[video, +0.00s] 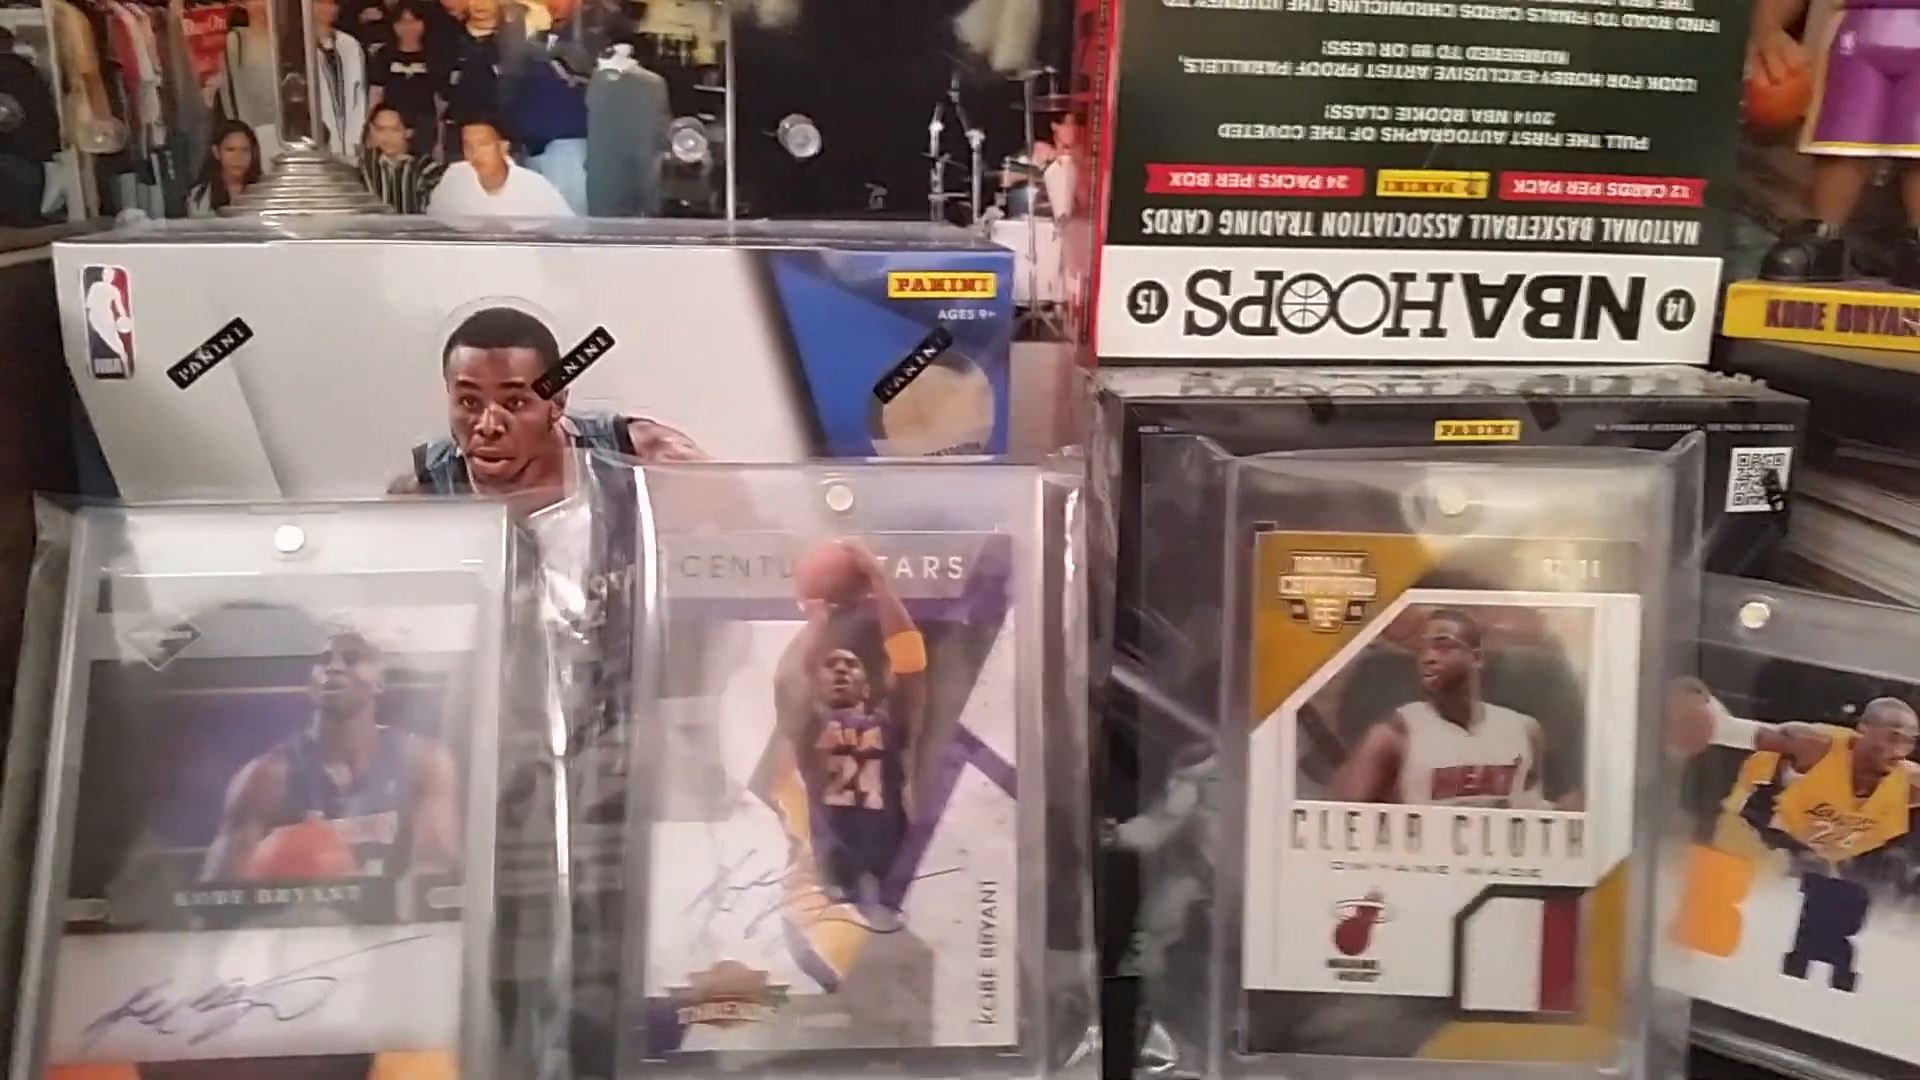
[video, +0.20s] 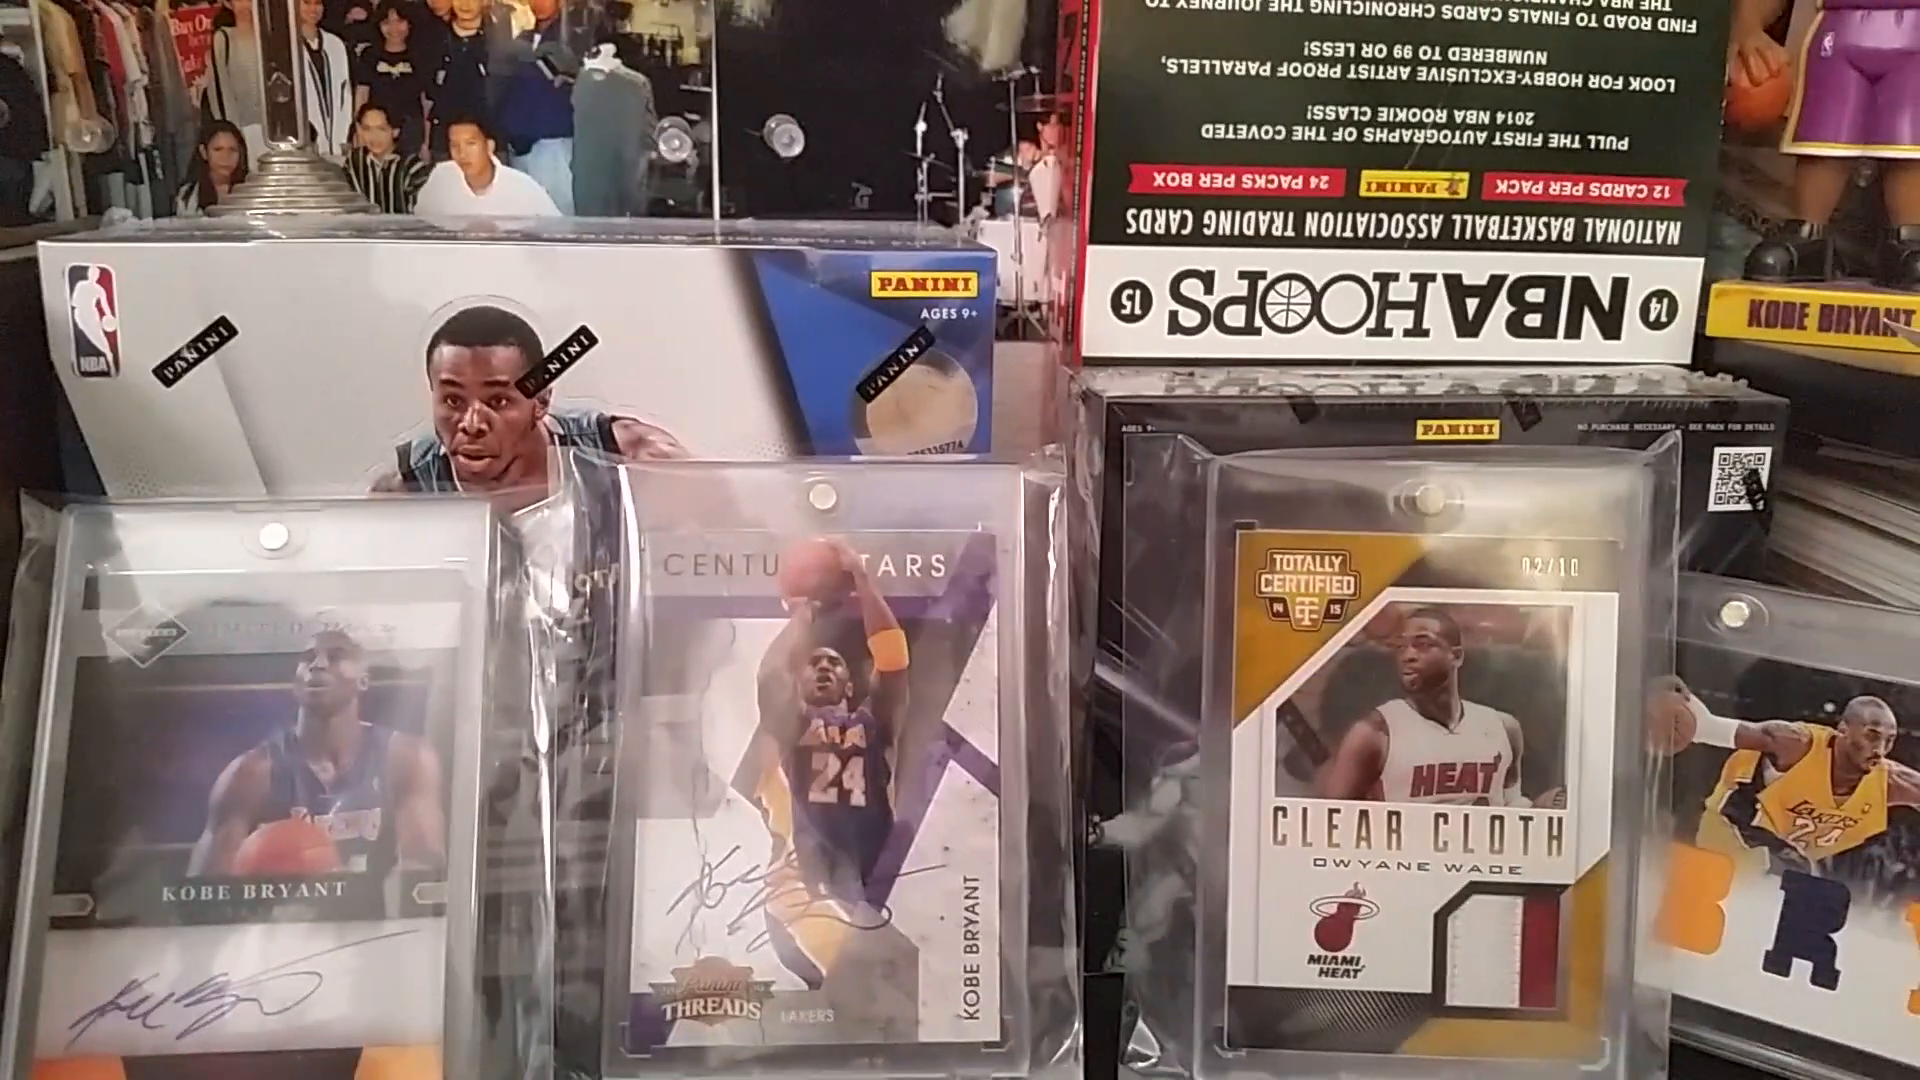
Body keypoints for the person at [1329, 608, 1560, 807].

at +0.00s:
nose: (1426, 657)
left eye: (1442, 646)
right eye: (1422, 648)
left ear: (1477, 658)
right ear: (1417, 656)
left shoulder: (1525, 732)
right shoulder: (1392, 735)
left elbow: (1533, 818)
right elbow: (1342, 820)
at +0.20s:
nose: (1407, 655)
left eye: (1423, 644)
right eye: (1402, 646)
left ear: (1457, 656)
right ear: (1395, 653)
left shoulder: (1504, 731)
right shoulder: (1372, 735)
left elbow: (1511, 811)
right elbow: (1325, 825)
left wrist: (1538, 809)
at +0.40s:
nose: (1378, 653)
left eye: (1394, 642)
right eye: (1373, 644)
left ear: (1428, 653)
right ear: (1367, 653)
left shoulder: (1475, 727)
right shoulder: (1343, 732)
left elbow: (1481, 812)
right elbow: (1298, 822)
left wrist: (1509, 807)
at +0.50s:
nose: (1379, 651)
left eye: (1395, 641)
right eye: (1374, 643)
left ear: (1428, 651)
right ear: (1368, 652)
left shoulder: (1474, 724)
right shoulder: (1344, 729)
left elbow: (1481, 804)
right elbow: (1296, 816)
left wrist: (1510, 803)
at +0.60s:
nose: (1389, 651)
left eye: (1405, 640)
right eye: (1383, 642)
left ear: (1439, 650)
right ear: (1378, 650)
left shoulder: (1486, 725)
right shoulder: (1354, 729)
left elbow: (1492, 806)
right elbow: (1309, 819)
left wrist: (1519, 803)